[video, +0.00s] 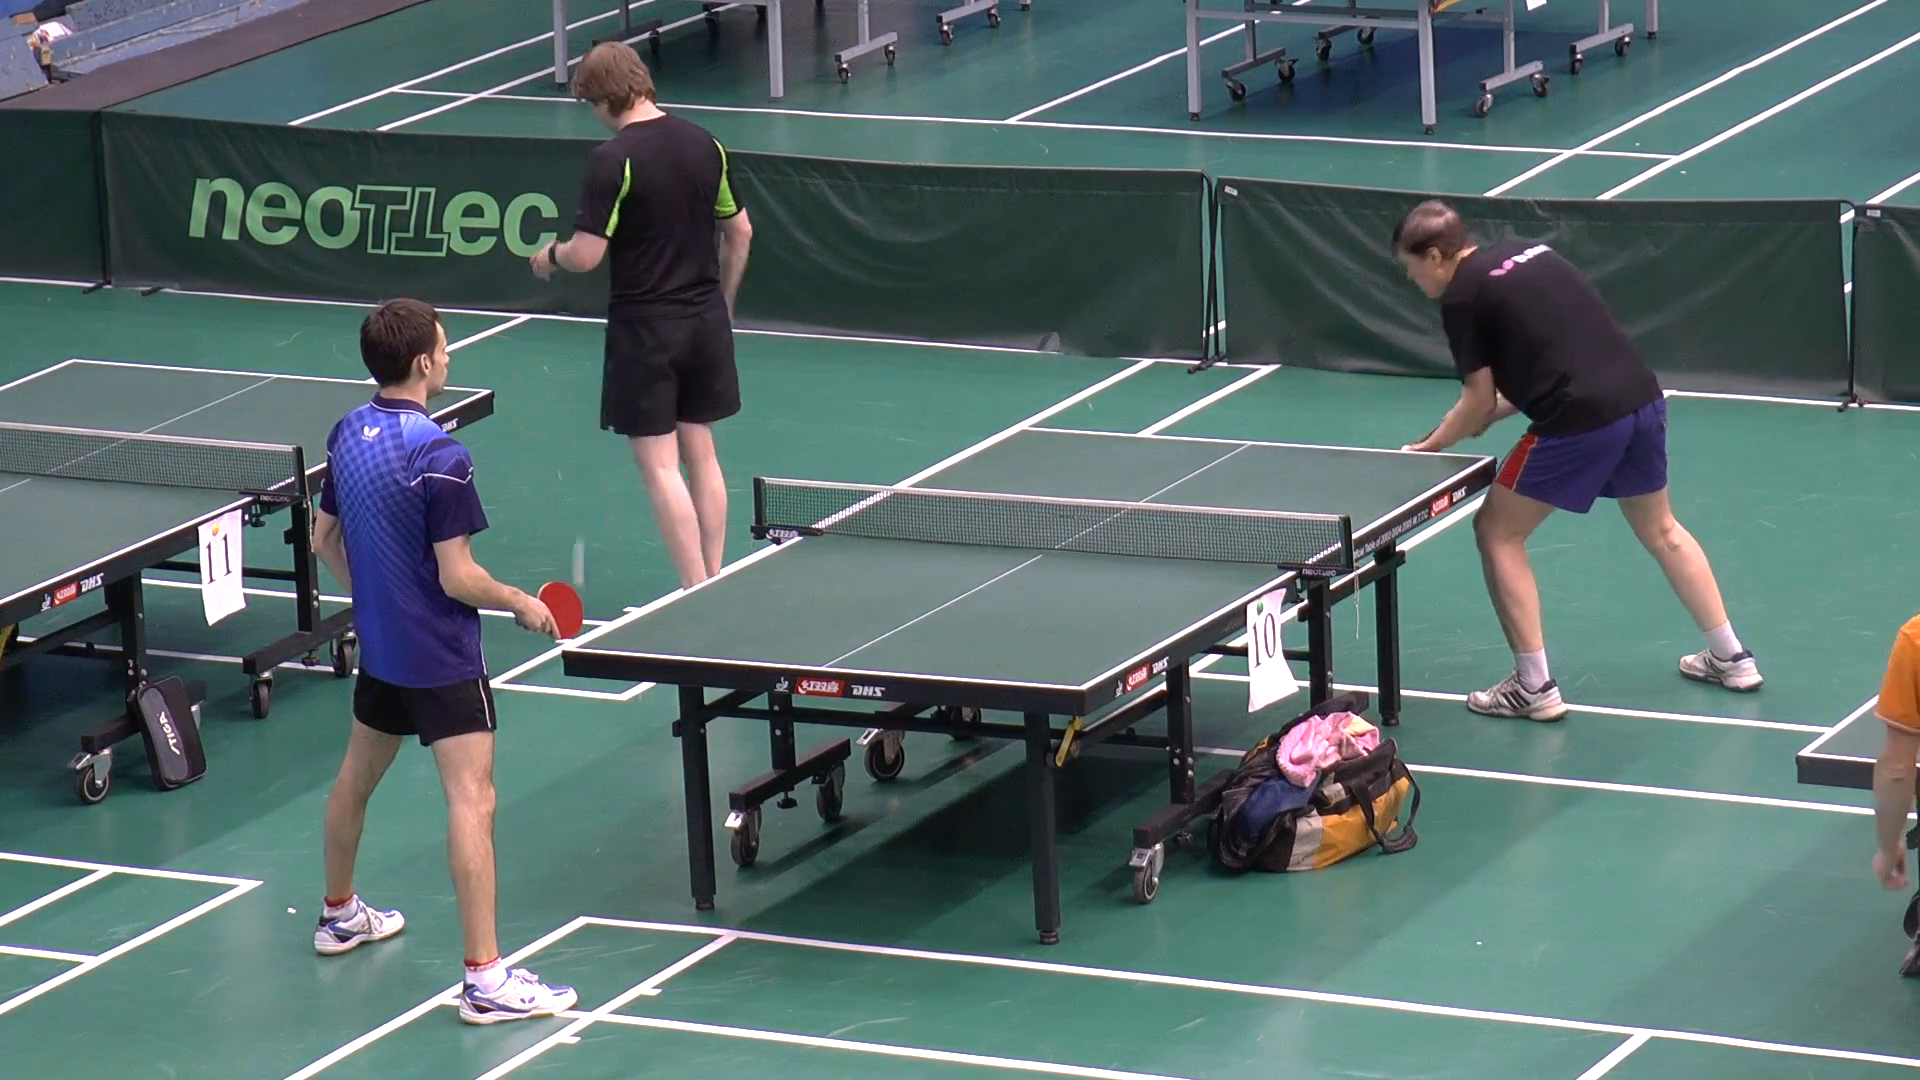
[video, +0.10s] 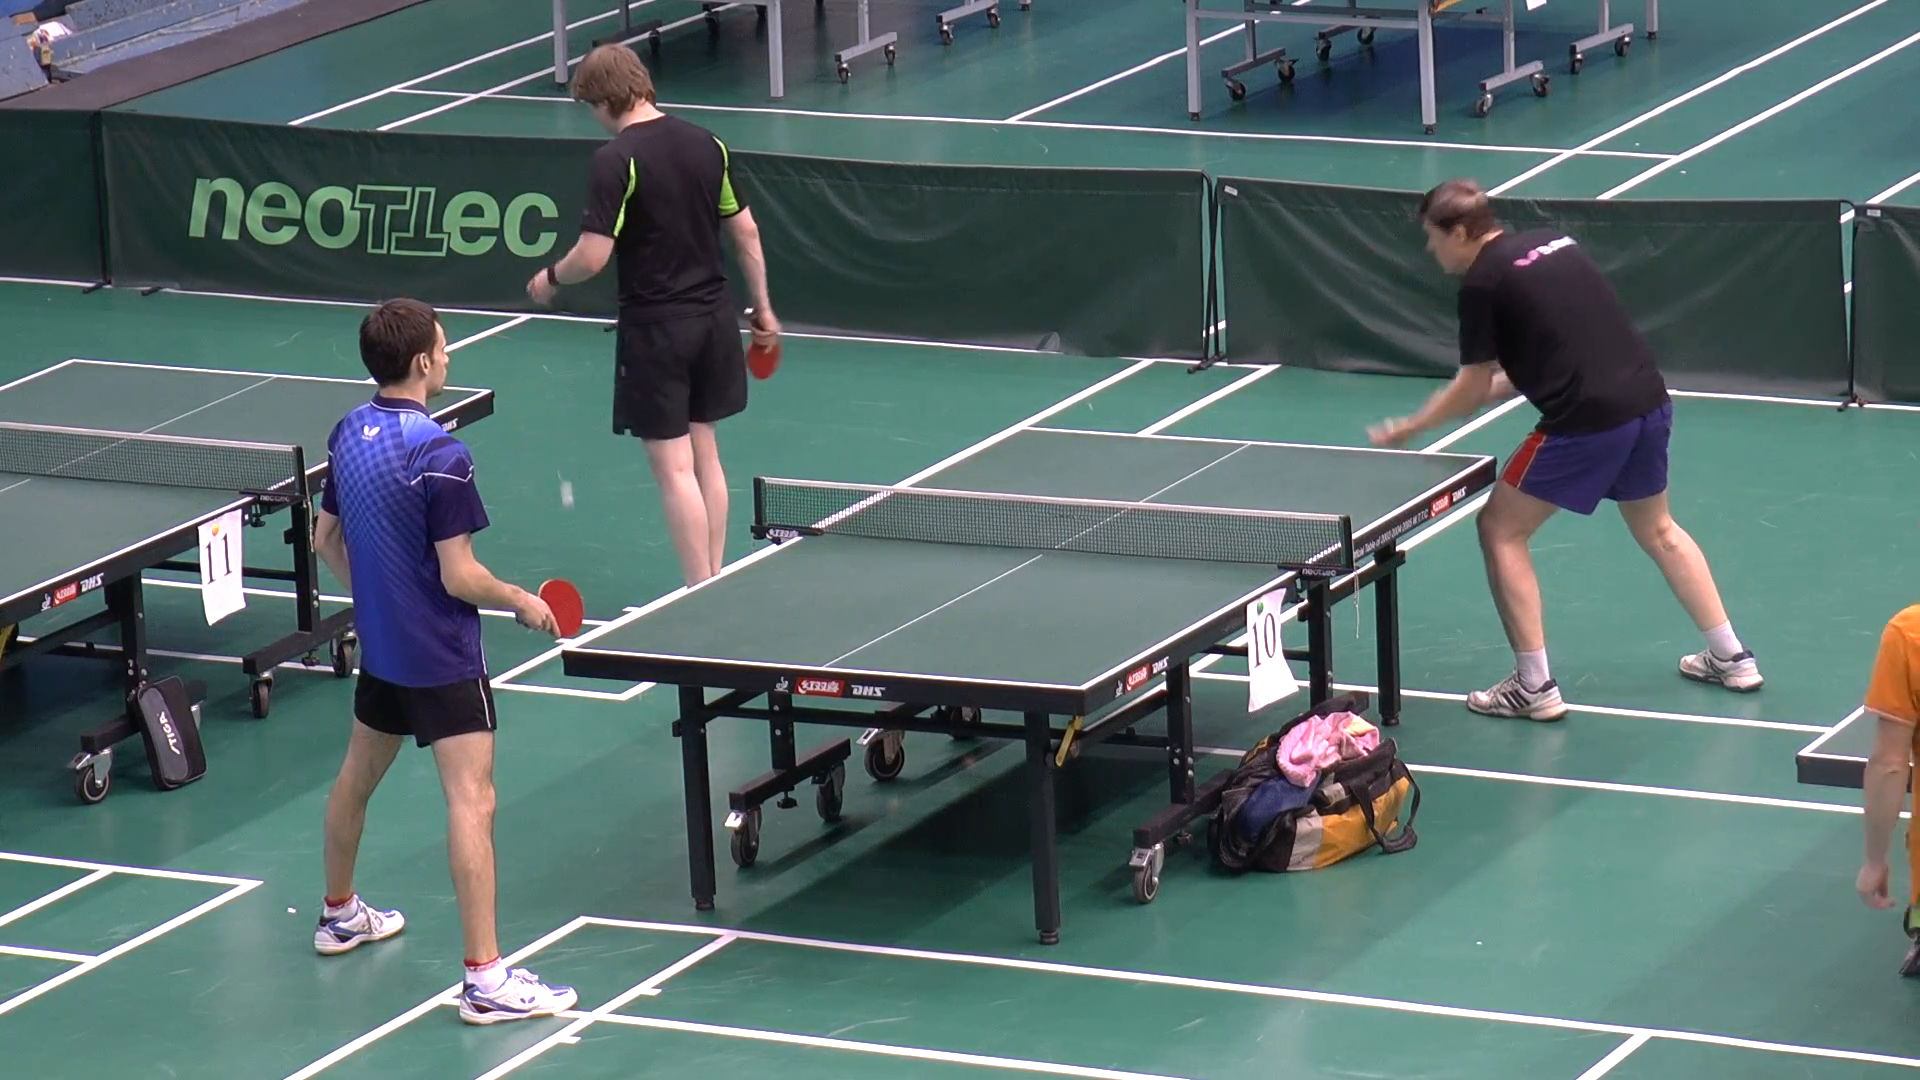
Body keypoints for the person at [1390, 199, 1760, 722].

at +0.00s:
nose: (1414, 279)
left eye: (1411, 267)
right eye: (1408, 269)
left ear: (1436, 256)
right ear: (1461, 243)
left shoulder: (1461, 296)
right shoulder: (1528, 253)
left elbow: (1480, 401)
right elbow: (1546, 361)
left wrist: (1442, 438)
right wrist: (1484, 416)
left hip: (1579, 419)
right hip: (1643, 399)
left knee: (1497, 532)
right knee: (1662, 529)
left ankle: (1533, 685)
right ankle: (1731, 655)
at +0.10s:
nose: (1431, 251)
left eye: (1433, 239)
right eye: (1429, 240)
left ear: (1460, 233)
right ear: (1482, 225)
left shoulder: (1482, 281)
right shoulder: (1551, 243)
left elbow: (1473, 386)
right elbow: (1557, 345)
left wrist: (1415, 424)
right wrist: (1486, 387)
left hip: (1585, 419)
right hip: (1649, 401)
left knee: (1501, 530)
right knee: (1659, 529)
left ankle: (1533, 684)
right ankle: (1731, 656)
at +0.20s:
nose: (1452, 222)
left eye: (1456, 211)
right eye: (1451, 211)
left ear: (1487, 209)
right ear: (1511, 203)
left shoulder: (1500, 262)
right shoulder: (1571, 229)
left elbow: (1447, 337)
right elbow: (1526, 331)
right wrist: (1440, 324)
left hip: (1589, 416)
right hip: (1652, 402)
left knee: (1506, 530)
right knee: (1659, 527)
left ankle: (1534, 684)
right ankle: (1733, 656)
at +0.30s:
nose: (1470, 189)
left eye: (1475, 179)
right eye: (1472, 178)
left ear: (1501, 185)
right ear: (1531, 184)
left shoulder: (1508, 233)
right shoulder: (1581, 219)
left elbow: (1418, 269)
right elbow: (1507, 300)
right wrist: (1446, 241)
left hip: (1591, 411)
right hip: (1654, 400)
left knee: (1511, 526)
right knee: (1660, 524)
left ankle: (1534, 684)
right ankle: (1731, 655)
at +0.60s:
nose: (1522, 137)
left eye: (1531, 132)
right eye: (1528, 129)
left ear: (1550, 154)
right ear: (1574, 158)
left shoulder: (1542, 218)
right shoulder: (1608, 205)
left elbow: (1458, 286)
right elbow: (1550, 292)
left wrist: (1391, 236)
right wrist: (1485, 257)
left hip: (1591, 404)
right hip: (1652, 395)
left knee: (1514, 523)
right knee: (1660, 524)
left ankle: (1534, 682)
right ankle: (1730, 655)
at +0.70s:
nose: (1532, 133)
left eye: (1541, 129)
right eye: (1538, 125)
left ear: (1558, 152)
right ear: (1587, 156)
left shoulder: (1548, 218)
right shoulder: (1621, 207)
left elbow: (1494, 305)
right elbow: (1624, 307)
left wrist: (1420, 288)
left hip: (1591, 403)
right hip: (1654, 394)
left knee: (1516, 523)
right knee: (1661, 523)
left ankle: (1534, 681)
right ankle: (1730, 654)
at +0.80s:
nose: (1539, 130)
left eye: (1547, 126)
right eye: (1545, 122)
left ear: (1564, 148)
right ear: (1595, 153)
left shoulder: (1552, 214)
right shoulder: (1634, 205)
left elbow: (1525, 305)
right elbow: (1687, 298)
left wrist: (1452, 339)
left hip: (1594, 399)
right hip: (1658, 394)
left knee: (1522, 521)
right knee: (1663, 520)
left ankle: (1534, 682)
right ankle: (1727, 651)